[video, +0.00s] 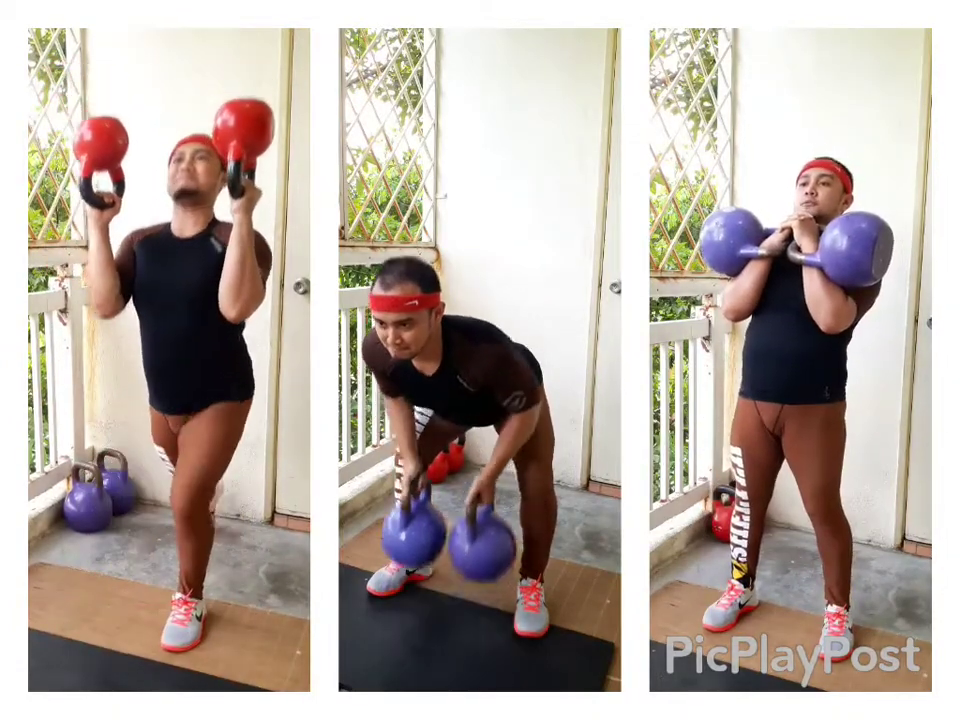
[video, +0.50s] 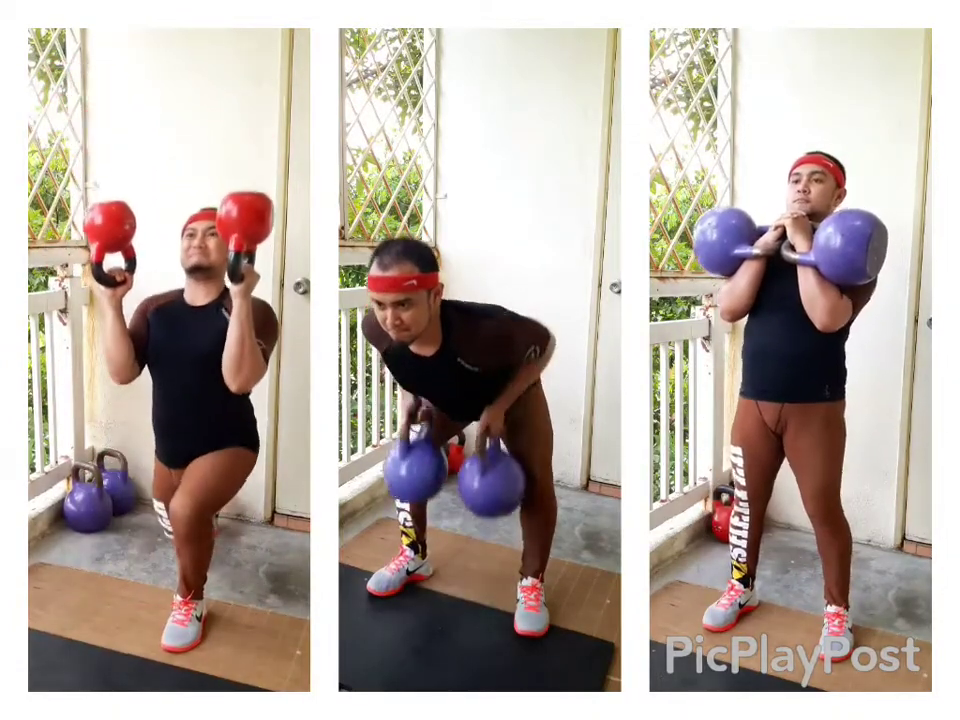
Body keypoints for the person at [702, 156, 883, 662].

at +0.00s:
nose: (808, 190)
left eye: (822, 183)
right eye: (803, 183)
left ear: (847, 200)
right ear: (793, 197)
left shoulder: (855, 262)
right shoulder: (769, 249)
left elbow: (832, 319)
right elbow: (731, 309)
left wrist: (808, 248)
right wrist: (769, 248)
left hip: (814, 407)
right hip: (753, 400)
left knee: (824, 513)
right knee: (749, 501)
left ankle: (837, 610)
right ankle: (740, 587)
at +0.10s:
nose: (808, 191)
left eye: (821, 184)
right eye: (802, 184)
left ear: (846, 201)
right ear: (792, 198)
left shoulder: (855, 262)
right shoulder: (768, 249)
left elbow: (831, 319)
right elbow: (731, 310)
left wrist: (806, 248)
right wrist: (768, 249)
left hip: (814, 408)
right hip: (753, 401)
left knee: (825, 513)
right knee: (749, 502)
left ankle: (836, 610)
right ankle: (740, 586)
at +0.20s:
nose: (806, 192)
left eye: (820, 185)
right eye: (800, 185)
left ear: (845, 200)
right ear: (790, 198)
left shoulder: (853, 261)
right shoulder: (767, 249)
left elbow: (831, 320)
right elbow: (730, 311)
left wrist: (804, 248)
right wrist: (768, 249)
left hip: (813, 407)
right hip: (752, 400)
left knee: (824, 513)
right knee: (748, 502)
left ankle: (836, 610)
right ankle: (740, 587)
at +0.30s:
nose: (805, 191)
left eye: (819, 184)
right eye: (799, 185)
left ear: (844, 200)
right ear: (788, 199)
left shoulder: (852, 262)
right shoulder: (765, 249)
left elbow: (830, 320)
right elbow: (729, 312)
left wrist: (804, 250)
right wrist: (766, 250)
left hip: (812, 407)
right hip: (751, 400)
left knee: (823, 512)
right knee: (748, 502)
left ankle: (837, 610)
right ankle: (740, 587)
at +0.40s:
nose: (804, 191)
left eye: (817, 184)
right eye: (798, 184)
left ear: (842, 199)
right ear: (787, 196)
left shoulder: (851, 260)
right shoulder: (764, 249)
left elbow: (829, 320)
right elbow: (729, 310)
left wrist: (803, 249)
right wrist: (764, 251)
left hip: (812, 407)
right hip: (752, 401)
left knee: (823, 513)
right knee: (748, 502)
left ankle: (836, 610)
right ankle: (740, 586)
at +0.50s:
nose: (801, 187)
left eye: (815, 180)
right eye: (795, 180)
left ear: (840, 195)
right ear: (784, 192)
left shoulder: (848, 255)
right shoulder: (761, 246)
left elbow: (828, 317)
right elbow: (729, 308)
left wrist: (802, 246)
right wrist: (763, 247)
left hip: (814, 406)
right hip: (754, 400)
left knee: (823, 513)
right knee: (748, 502)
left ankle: (836, 610)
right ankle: (740, 586)